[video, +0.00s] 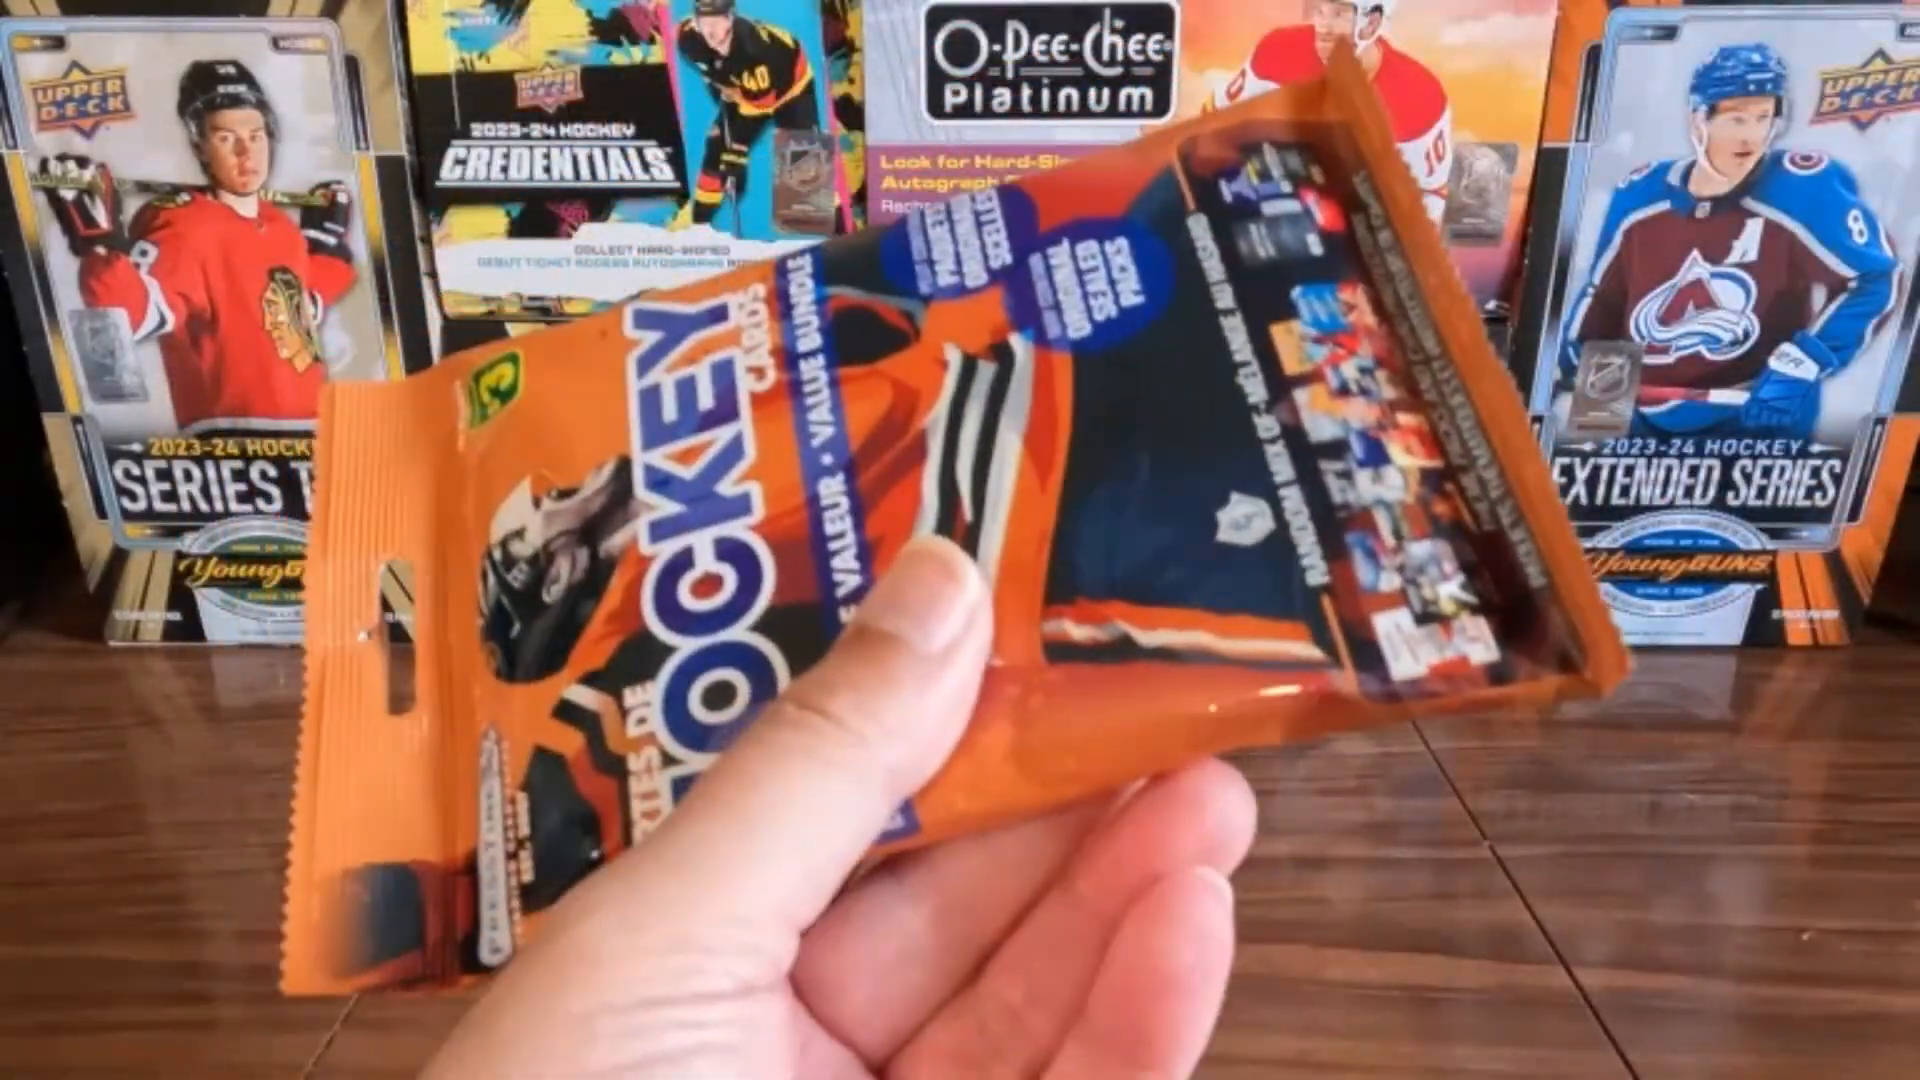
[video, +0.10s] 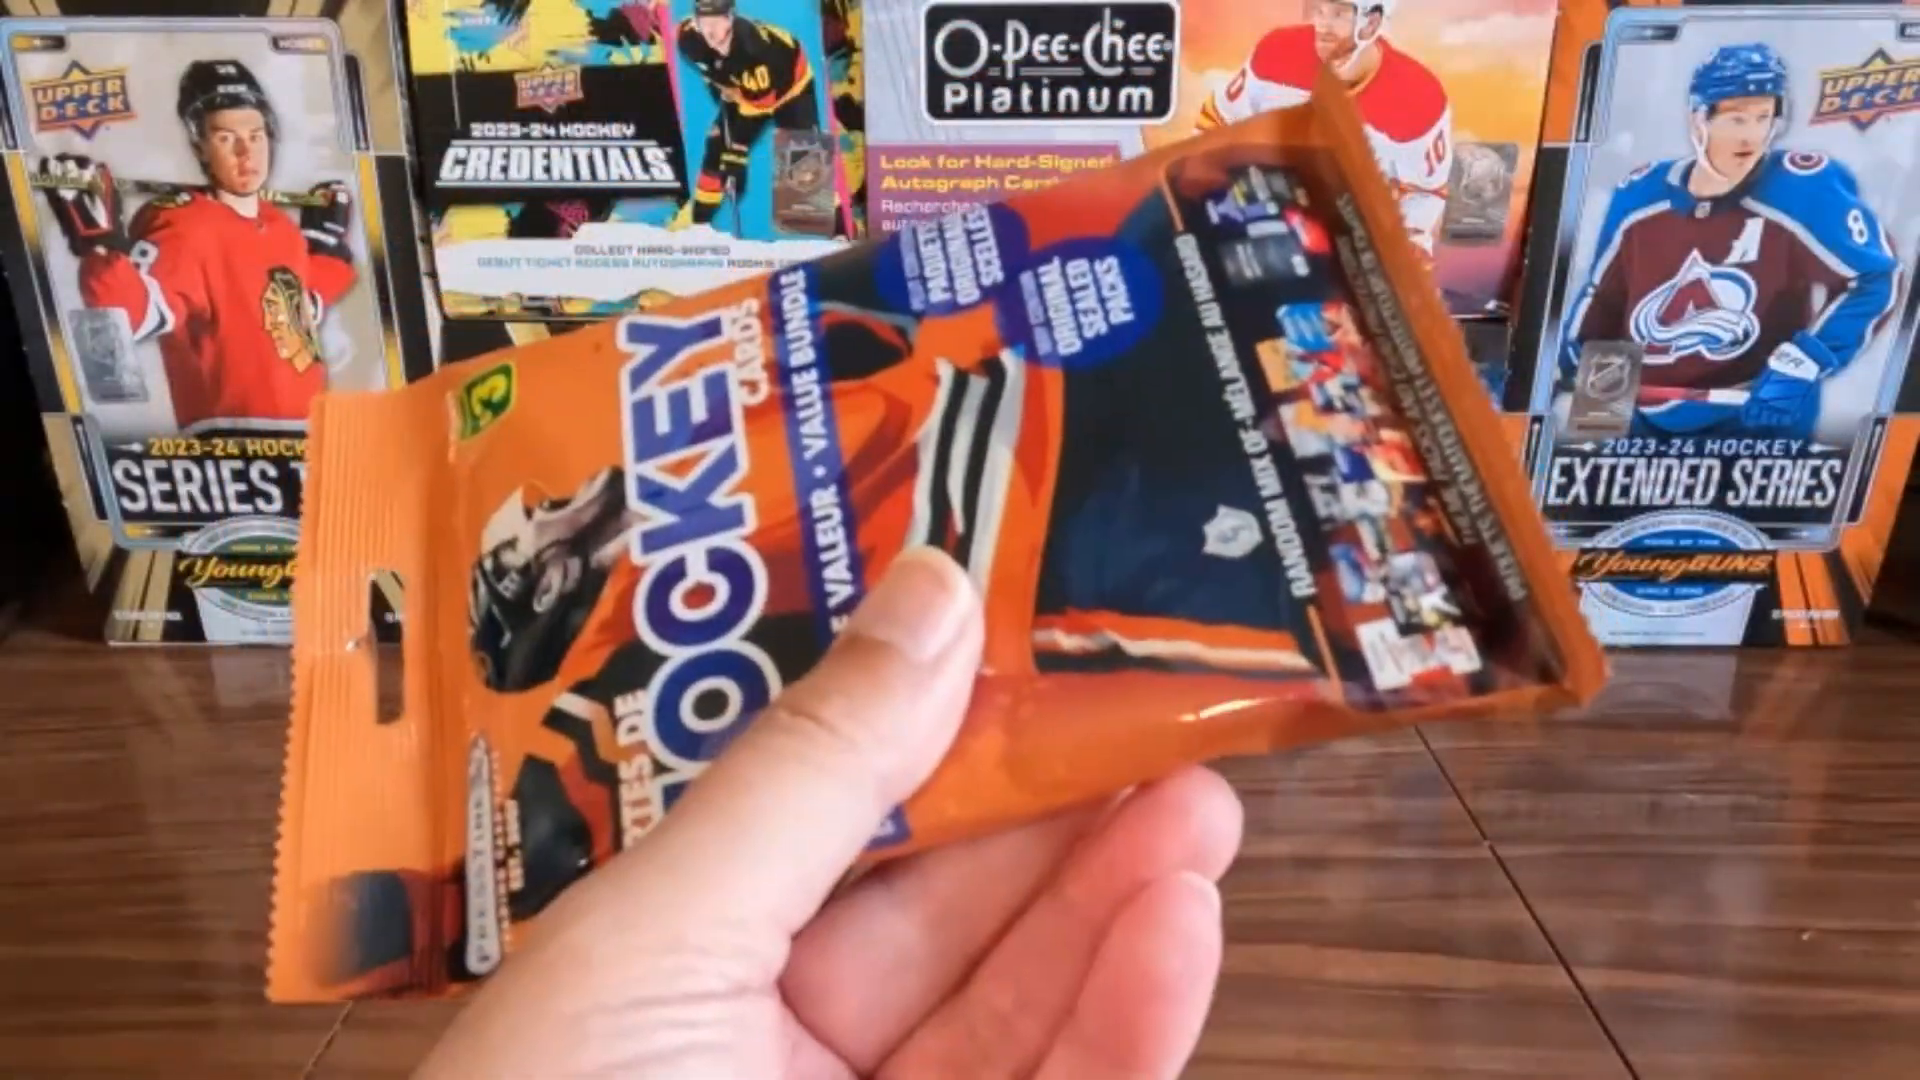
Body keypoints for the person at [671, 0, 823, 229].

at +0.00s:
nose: (712, 30)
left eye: (718, 22)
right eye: (705, 22)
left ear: (731, 19)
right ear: (696, 23)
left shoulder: (754, 48)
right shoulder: (689, 37)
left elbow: (757, 108)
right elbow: (708, 70)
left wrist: (736, 157)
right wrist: (723, 89)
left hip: (790, 90)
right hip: (741, 95)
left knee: (803, 160)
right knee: (717, 146)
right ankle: (699, 218)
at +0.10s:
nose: (712, 30)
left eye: (718, 22)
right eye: (705, 23)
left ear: (730, 19)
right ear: (696, 23)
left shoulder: (754, 47)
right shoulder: (689, 37)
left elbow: (757, 107)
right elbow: (707, 69)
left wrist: (736, 156)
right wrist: (723, 88)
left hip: (790, 89)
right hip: (741, 95)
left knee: (803, 161)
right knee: (717, 146)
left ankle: (835, 226)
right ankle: (699, 218)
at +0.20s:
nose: (712, 30)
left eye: (718, 22)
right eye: (705, 23)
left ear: (731, 19)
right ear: (696, 23)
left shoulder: (754, 48)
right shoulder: (689, 37)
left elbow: (757, 107)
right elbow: (707, 69)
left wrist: (736, 157)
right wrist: (723, 88)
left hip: (790, 89)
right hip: (741, 95)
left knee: (803, 160)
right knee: (717, 146)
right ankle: (699, 218)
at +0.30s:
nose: (712, 30)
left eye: (718, 22)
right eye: (705, 23)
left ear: (730, 19)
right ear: (696, 23)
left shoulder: (754, 49)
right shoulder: (689, 37)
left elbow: (757, 109)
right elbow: (709, 71)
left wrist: (735, 158)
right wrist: (723, 89)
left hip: (789, 89)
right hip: (740, 94)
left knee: (801, 157)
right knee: (717, 146)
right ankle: (699, 217)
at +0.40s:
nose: (713, 31)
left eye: (719, 22)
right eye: (706, 24)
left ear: (731, 19)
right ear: (696, 23)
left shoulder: (753, 48)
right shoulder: (688, 38)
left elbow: (760, 107)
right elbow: (711, 72)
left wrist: (736, 151)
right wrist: (727, 89)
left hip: (791, 91)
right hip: (742, 95)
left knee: (803, 157)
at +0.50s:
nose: (713, 30)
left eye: (719, 21)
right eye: (707, 23)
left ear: (730, 18)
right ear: (696, 22)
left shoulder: (755, 45)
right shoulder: (688, 39)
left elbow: (766, 102)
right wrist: (728, 90)